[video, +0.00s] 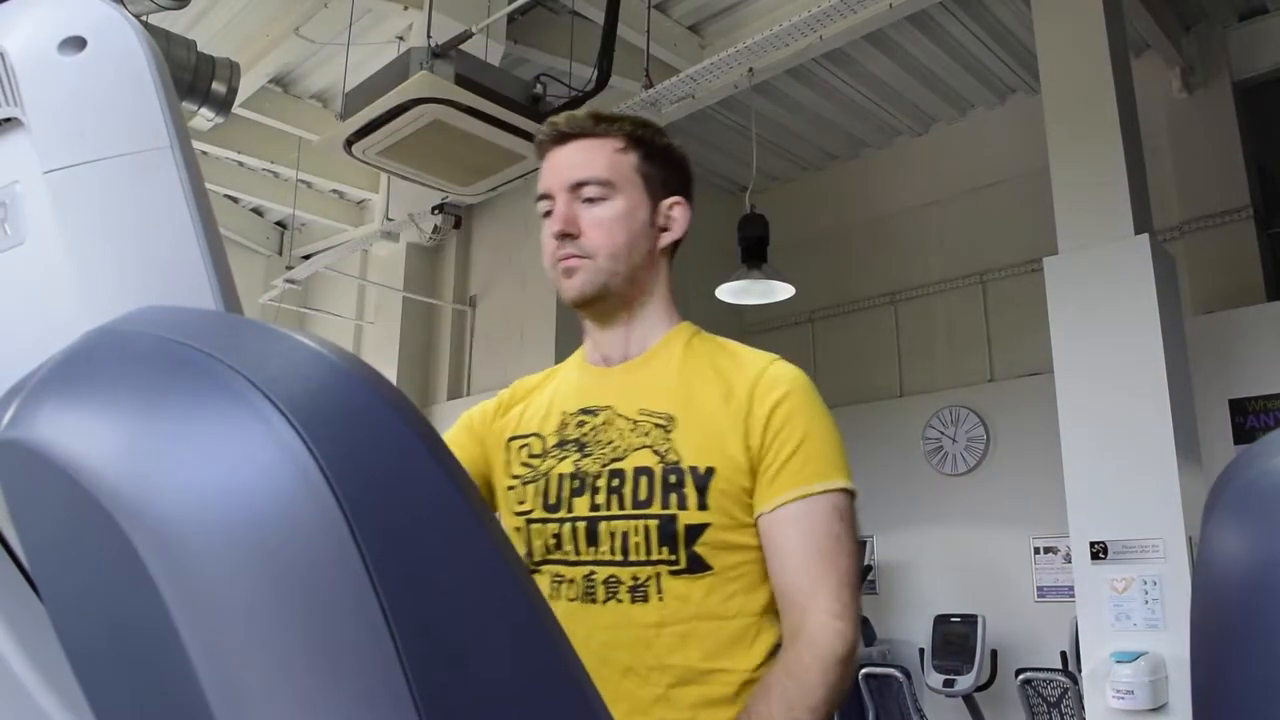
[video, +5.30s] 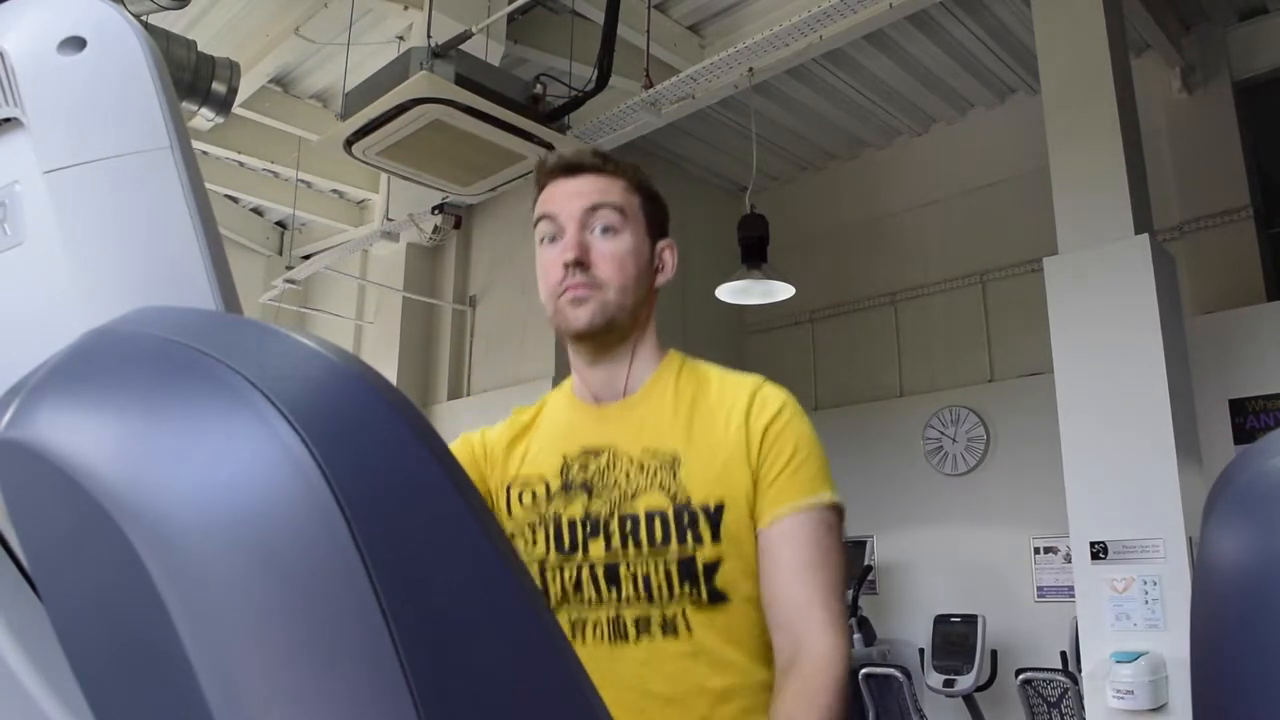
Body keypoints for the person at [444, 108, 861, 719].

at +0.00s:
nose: (559, 225)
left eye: (591, 197)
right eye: (547, 207)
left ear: (668, 222)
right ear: (539, 231)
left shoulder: (767, 394)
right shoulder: (497, 424)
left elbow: (821, 640)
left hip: (717, 702)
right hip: (540, 704)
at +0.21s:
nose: (495, 238)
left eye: (529, 211)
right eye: (482, 223)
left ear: (607, 237)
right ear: (474, 248)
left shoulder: (708, 410)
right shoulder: (452, 445)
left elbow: (788, 655)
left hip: (677, 703)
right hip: (499, 704)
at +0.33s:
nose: (457, 249)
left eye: (489, 219)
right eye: (445, 231)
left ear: (570, 240)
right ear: (438, 255)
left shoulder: (672, 412)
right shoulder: (440, 440)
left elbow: (715, 687)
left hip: (633, 704)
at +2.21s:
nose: (472, 246)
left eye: (503, 218)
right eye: (460, 230)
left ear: (579, 240)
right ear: (453, 253)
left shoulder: (680, 399)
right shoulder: (440, 433)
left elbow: (724, 636)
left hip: (640, 705)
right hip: (472, 704)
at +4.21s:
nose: (521, 249)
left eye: (553, 219)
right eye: (509, 232)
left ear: (631, 242)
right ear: (502, 255)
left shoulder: (730, 409)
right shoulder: (462, 450)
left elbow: (761, 664)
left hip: (673, 703)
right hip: (500, 703)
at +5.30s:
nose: (570, 254)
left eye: (604, 228)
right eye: (549, 236)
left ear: (661, 262)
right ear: (535, 272)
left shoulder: (757, 417)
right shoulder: (482, 461)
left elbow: (811, 662)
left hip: (727, 704)